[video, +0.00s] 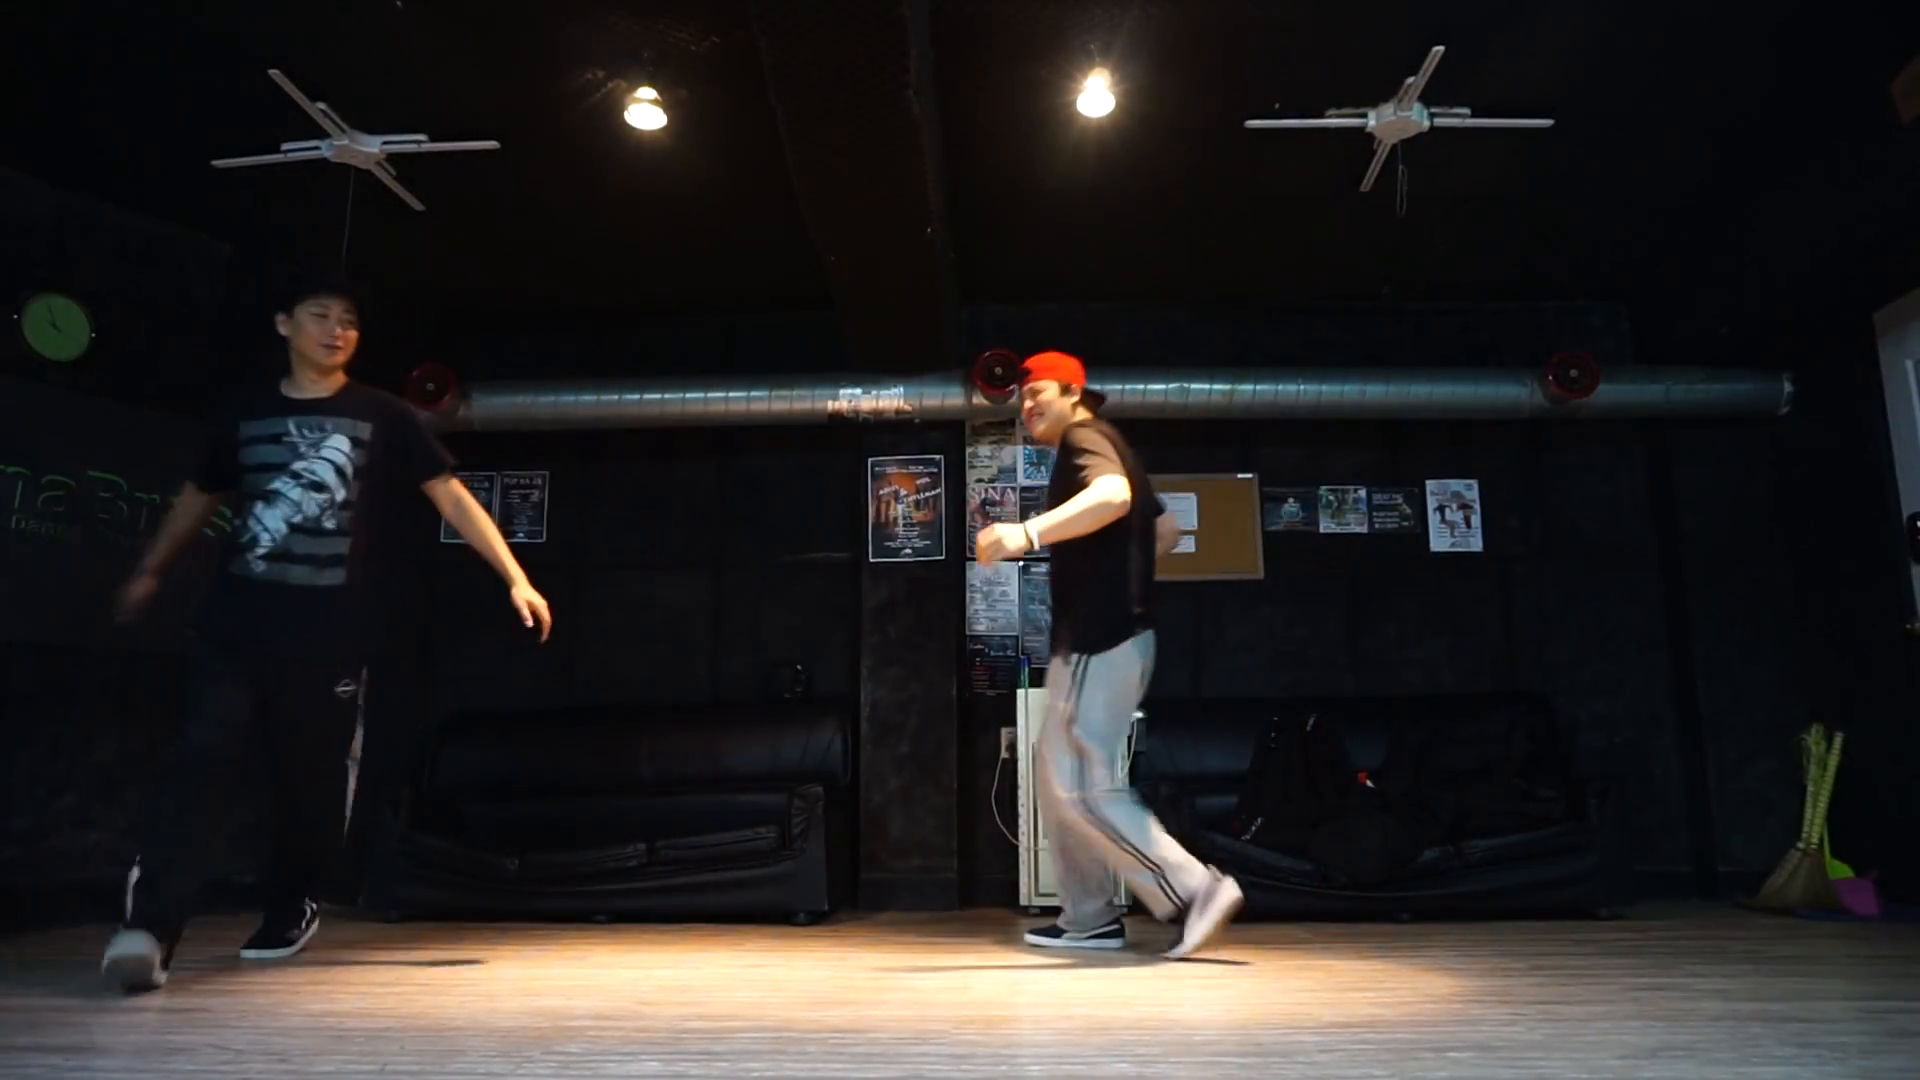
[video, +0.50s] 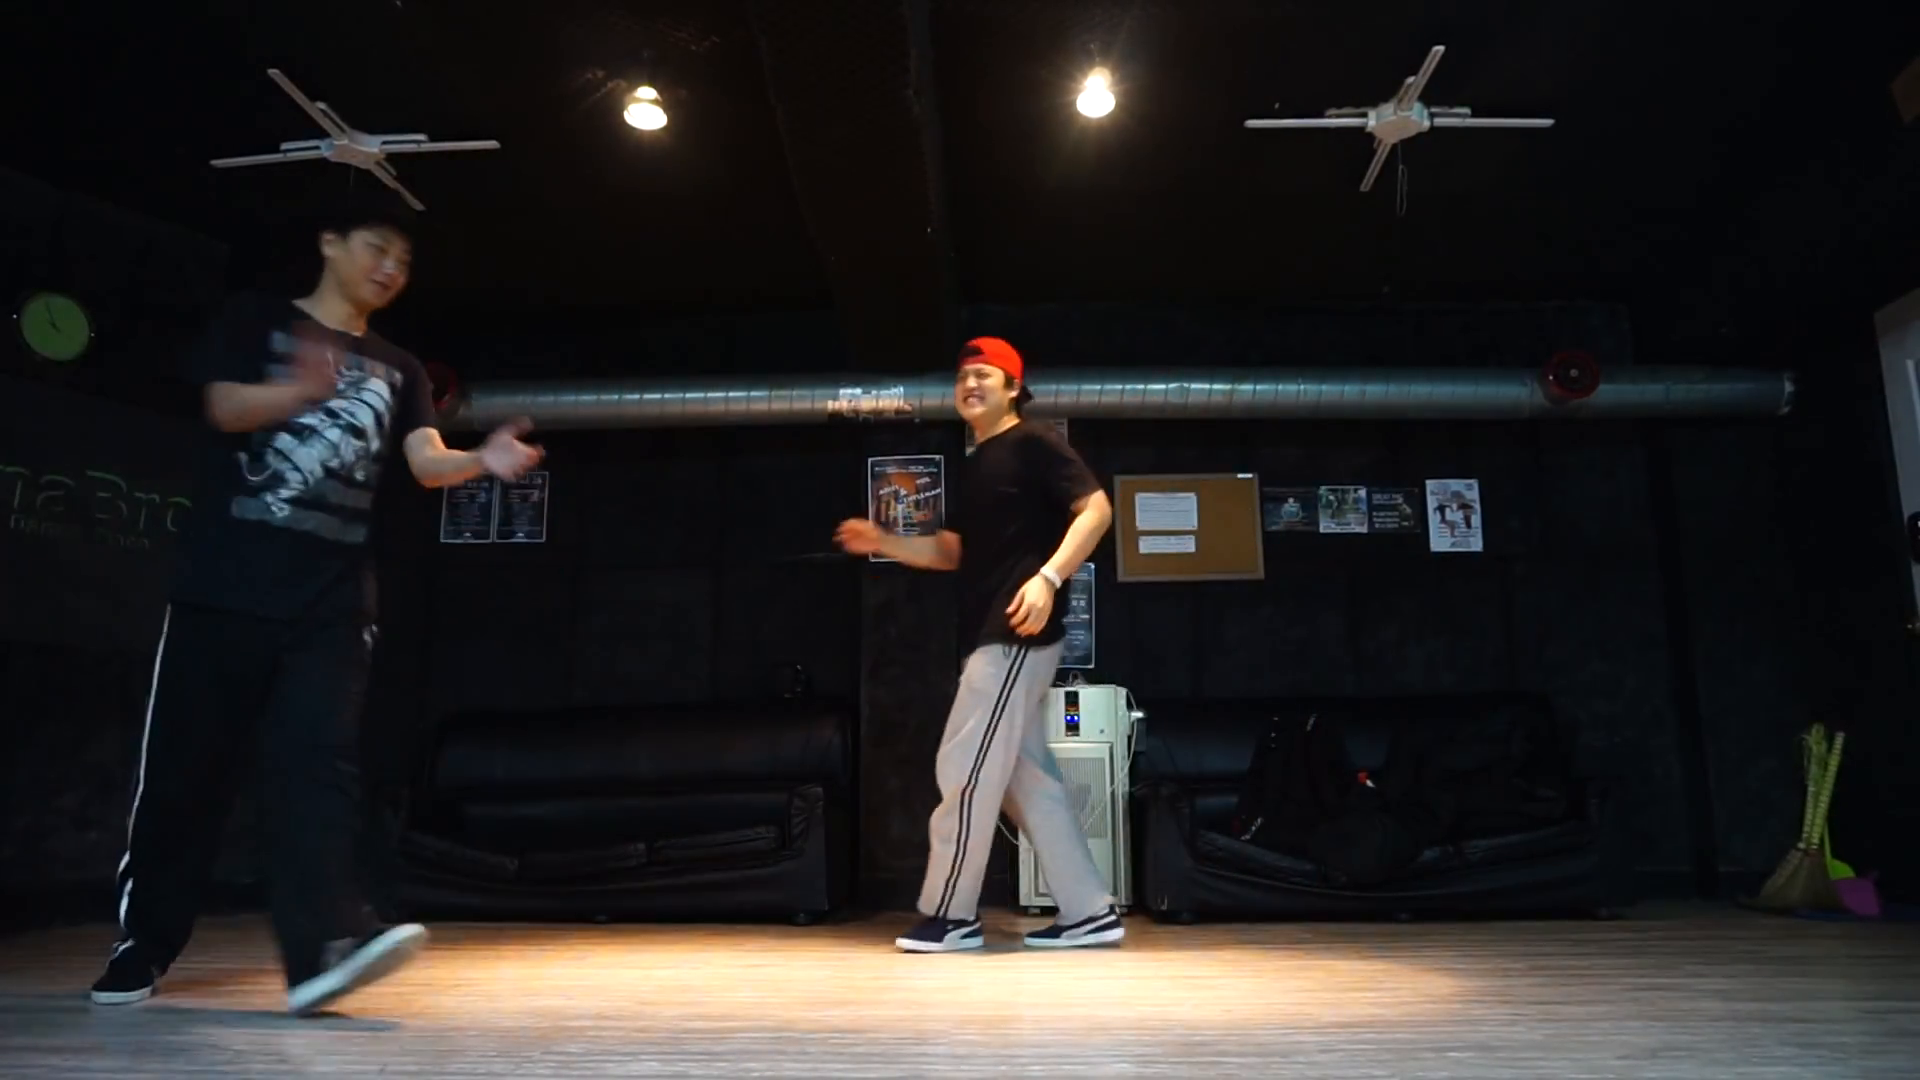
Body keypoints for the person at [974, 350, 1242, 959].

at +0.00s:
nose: (1026, 406)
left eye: (1037, 394)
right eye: (1023, 397)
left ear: (1071, 395)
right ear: (1035, 405)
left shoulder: (1084, 435)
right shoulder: (1101, 441)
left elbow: (1111, 494)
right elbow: (1166, 528)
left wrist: (1025, 534)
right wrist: (1099, 564)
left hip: (1105, 645)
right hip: (1091, 643)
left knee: (1085, 787)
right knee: (1061, 782)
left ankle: (1200, 892)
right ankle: (1090, 923)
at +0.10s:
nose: (1014, 417)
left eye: (1024, 405)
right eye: (1010, 410)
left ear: (1058, 406)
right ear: (1013, 419)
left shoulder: (1073, 448)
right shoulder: (1071, 455)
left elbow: (1108, 507)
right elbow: (1114, 539)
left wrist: (1034, 552)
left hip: (1080, 649)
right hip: (1085, 647)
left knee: (1027, 785)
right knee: (1039, 783)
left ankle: (1161, 865)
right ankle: (1090, 920)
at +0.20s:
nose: (1002, 415)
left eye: (1014, 404)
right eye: (997, 407)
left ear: (1047, 409)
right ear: (995, 418)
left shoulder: (1067, 454)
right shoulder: (1049, 466)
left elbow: (1109, 513)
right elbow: (1073, 549)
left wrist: (1048, 570)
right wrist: (1020, 562)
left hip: (1063, 646)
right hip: (1079, 647)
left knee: (994, 773)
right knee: (1035, 776)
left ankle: (1108, 878)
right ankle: (1086, 914)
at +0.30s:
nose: (992, 405)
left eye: (1004, 392)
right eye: (986, 396)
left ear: (1037, 399)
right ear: (984, 407)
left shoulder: (1058, 448)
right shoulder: (1033, 460)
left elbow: (1111, 508)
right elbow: (1038, 553)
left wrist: (1057, 570)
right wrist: (977, 548)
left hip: (1046, 643)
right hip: (1057, 643)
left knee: (978, 765)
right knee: (1044, 778)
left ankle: (1045, 904)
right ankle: (1093, 916)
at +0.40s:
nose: (982, 387)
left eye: (994, 378)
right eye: (975, 380)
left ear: (1023, 389)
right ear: (971, 396)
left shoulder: (1047, 439)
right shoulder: (1006, 457)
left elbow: (1107, 501)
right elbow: (993, 554)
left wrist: (1055, 570)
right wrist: (928, 535)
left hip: (1031, 637)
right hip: (1029, 635)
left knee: (972, 764)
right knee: (1043, 777)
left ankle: (980, 915)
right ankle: (1091, 917)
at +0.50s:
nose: (970, 385)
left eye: (983, 376)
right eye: (964, 377)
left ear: (1012, 390)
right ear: (957, 393)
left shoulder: (1035, 444)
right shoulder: (973, 465)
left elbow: (1097, 509)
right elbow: (952, 552)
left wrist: (1049, 578)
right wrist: (883, 541)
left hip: (1019, 634)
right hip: (993, 636)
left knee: (966, 766)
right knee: (1025, 774)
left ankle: (950, 917)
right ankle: (1089, 912)